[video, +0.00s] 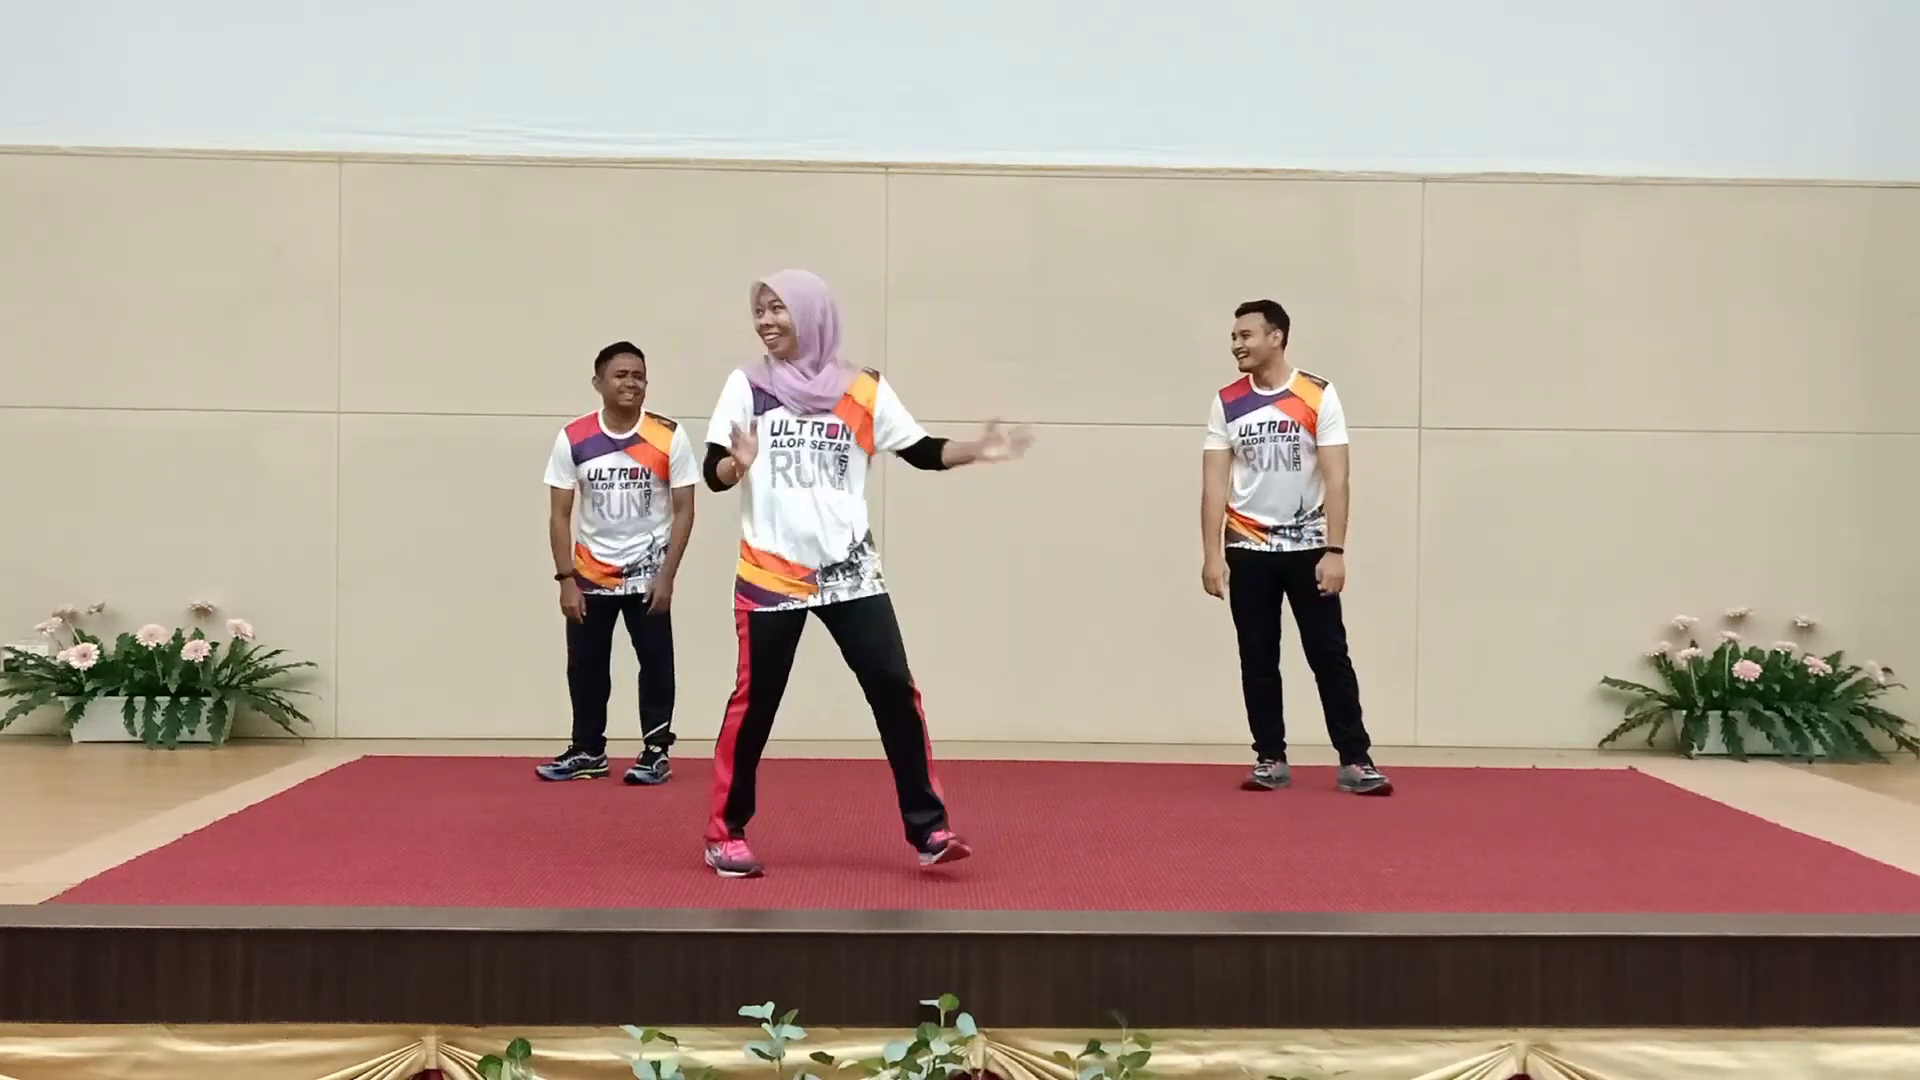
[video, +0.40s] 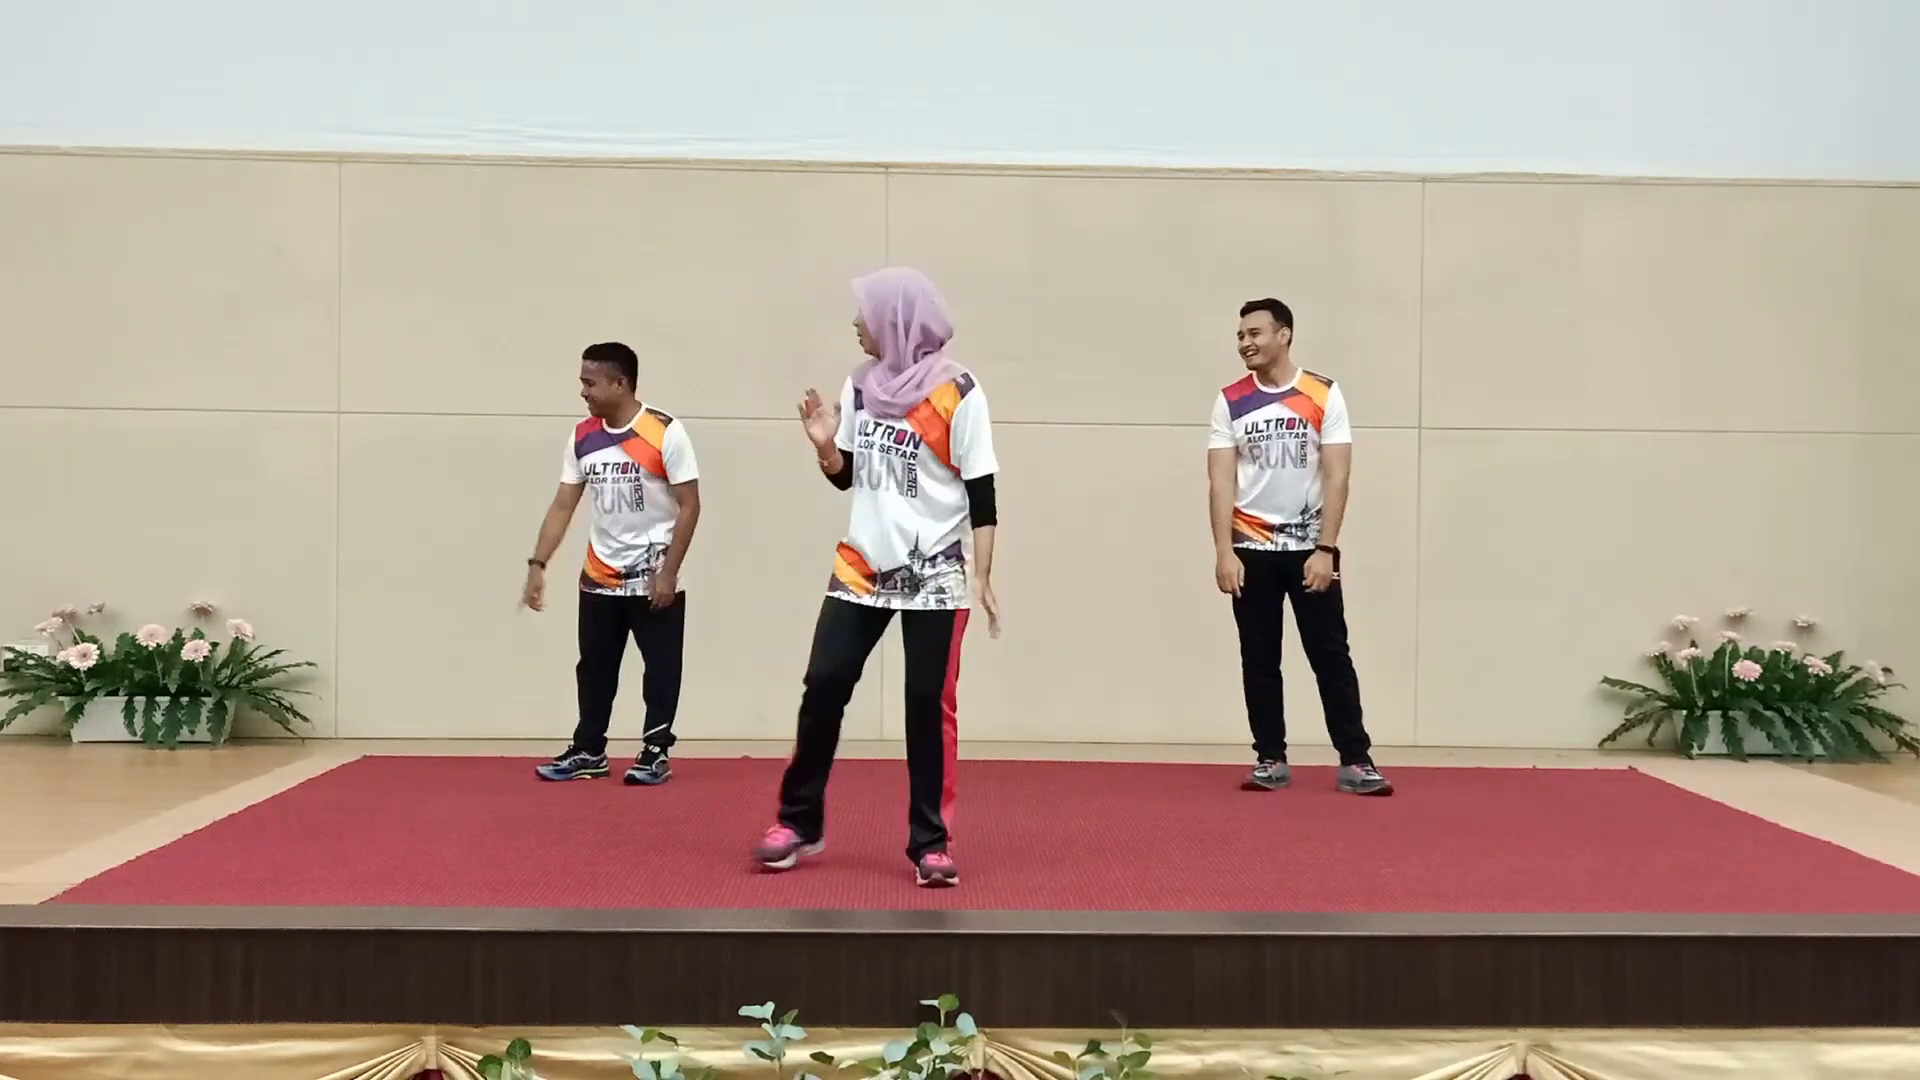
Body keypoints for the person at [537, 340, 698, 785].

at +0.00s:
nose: (631, 382)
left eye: (638, 375)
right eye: (621, 375)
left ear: (646, 382)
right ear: (599, 381)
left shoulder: (670, 438)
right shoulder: (573, 439)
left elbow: (684, 511)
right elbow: (559, 515)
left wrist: (666, 574)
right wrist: (566, 578)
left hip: (649, 573)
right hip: (591, 574)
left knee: (656, 665)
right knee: (585, 666)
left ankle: (656, 753)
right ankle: (588, 752)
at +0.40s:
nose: (583, 390)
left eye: (590, 382)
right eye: (582, 381)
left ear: (622, 384)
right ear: (607, 384)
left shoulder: (667, 435)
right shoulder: (584, 436)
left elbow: (690, 506)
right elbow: (563, 506)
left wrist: (669, 572)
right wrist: (538, 563)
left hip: (654, 581)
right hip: (600, 579)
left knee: (661, 673)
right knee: (595, 670)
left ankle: (655, 754)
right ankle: (589, 752)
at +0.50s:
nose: (583, 390)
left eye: (590, 381)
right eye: (583, 381)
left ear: (620, 382)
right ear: (607, 382)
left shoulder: (667, 432)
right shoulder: (586, 434)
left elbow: (694, 502)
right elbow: (548, 493)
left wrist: (677, 568)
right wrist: (504, 543)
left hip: (656, 576)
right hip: (603, 575)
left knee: (663, 670)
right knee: (596, 668)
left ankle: (655, 755)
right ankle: (588, 753)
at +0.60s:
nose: (588, 386)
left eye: (594, 378)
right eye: (588, 377)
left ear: (623, 379)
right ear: (615, 379)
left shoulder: (670, 428)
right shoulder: (588, 429)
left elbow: (699, 498)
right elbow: (528, 458)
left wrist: (691, 568)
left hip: (658, 576)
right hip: (605, 575)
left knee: (662, 672)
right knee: (596, 668)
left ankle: (656, 755)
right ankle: (589, 752)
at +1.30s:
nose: (649, 374)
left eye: (655, 367)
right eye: (638, 366)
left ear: (663, 373)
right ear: (615, 373)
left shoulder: (685, 430)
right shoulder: (589, 428)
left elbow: (703, 501)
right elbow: (546, 483)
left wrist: (693, 563)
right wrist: (501, 529)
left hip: (662, 574)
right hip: (602, 572)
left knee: (663, 669)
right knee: (593, 667)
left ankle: (656, 755)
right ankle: (588, 753)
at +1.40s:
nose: (651, 375)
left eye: (657, 367)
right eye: (640, 367)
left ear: (663, 372)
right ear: (615, 372)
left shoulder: (684, 430)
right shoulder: (586, 428)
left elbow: (701, 501)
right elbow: (558, 493)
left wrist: (703, 567)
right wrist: (531, 553)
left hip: (661, 576)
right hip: (600, 574)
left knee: (663, 670)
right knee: (593, 668)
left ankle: (657, 753)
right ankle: (588, 752)